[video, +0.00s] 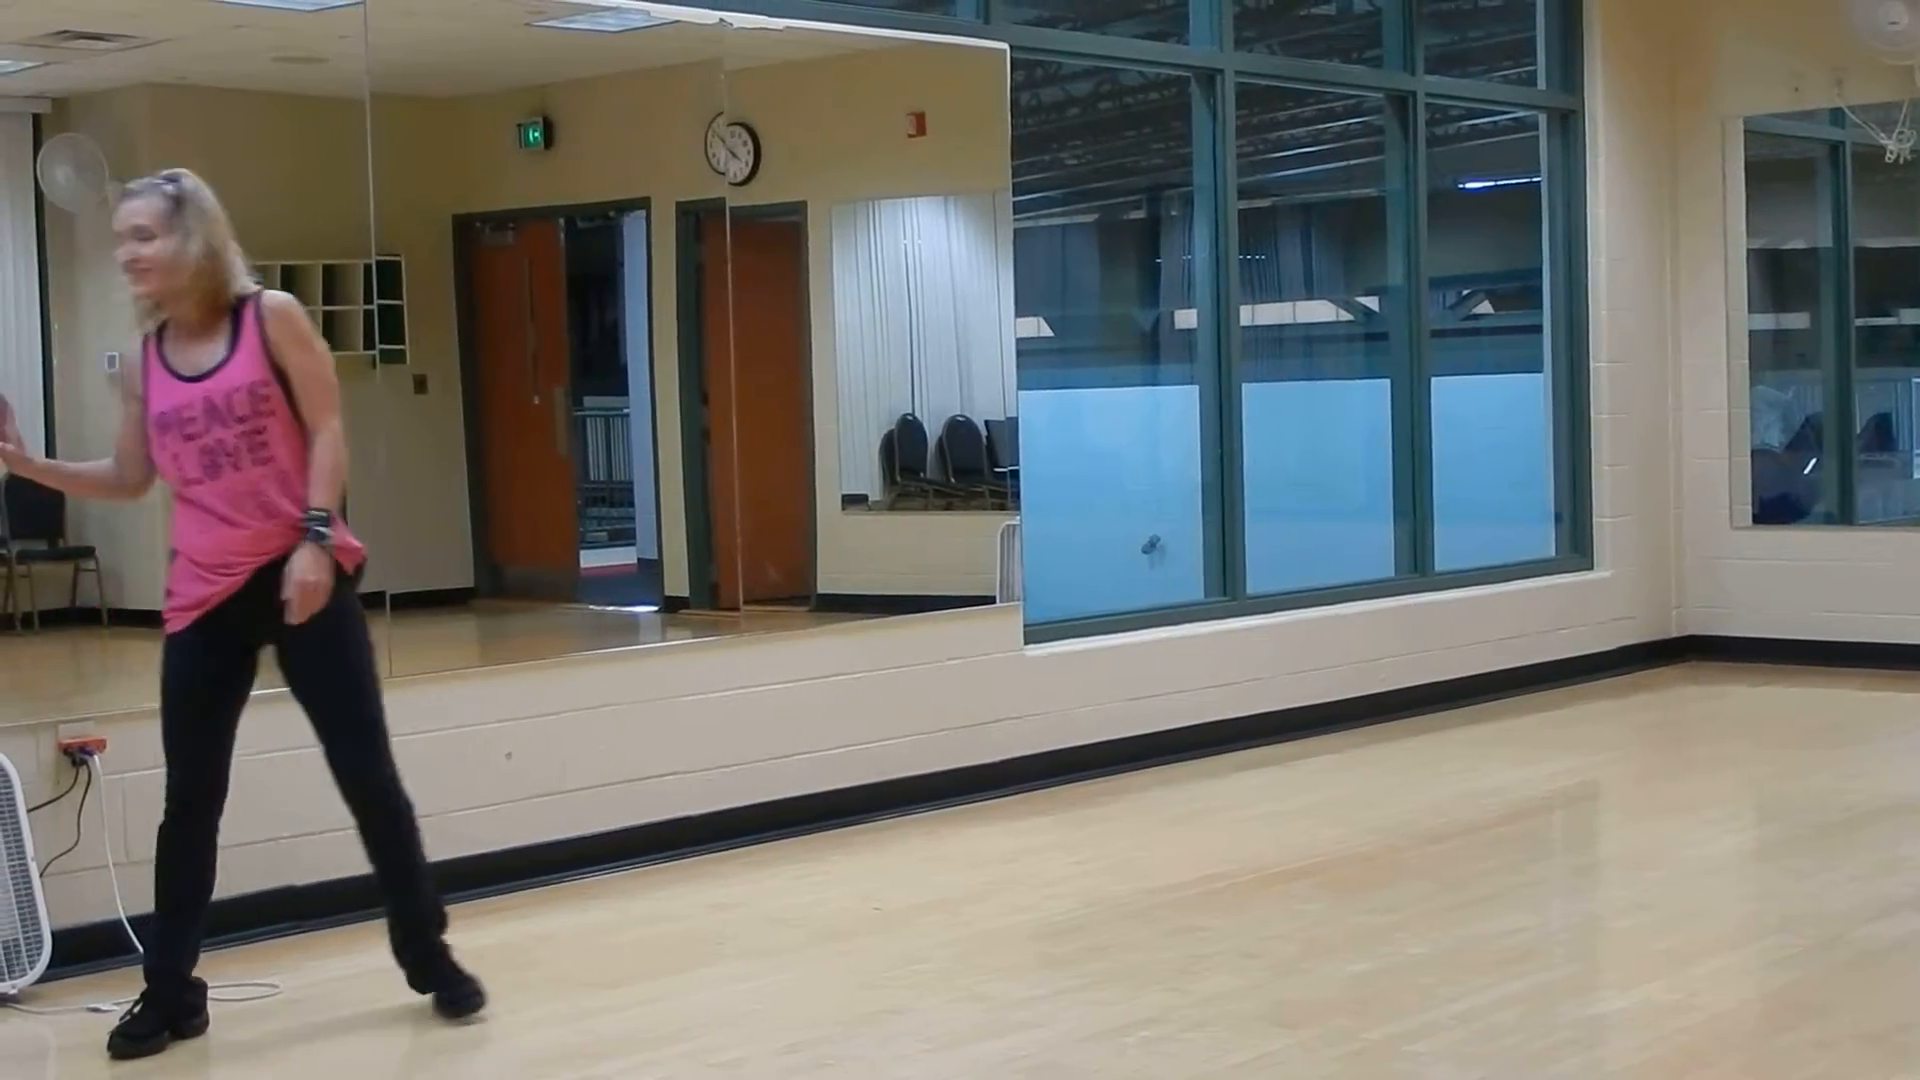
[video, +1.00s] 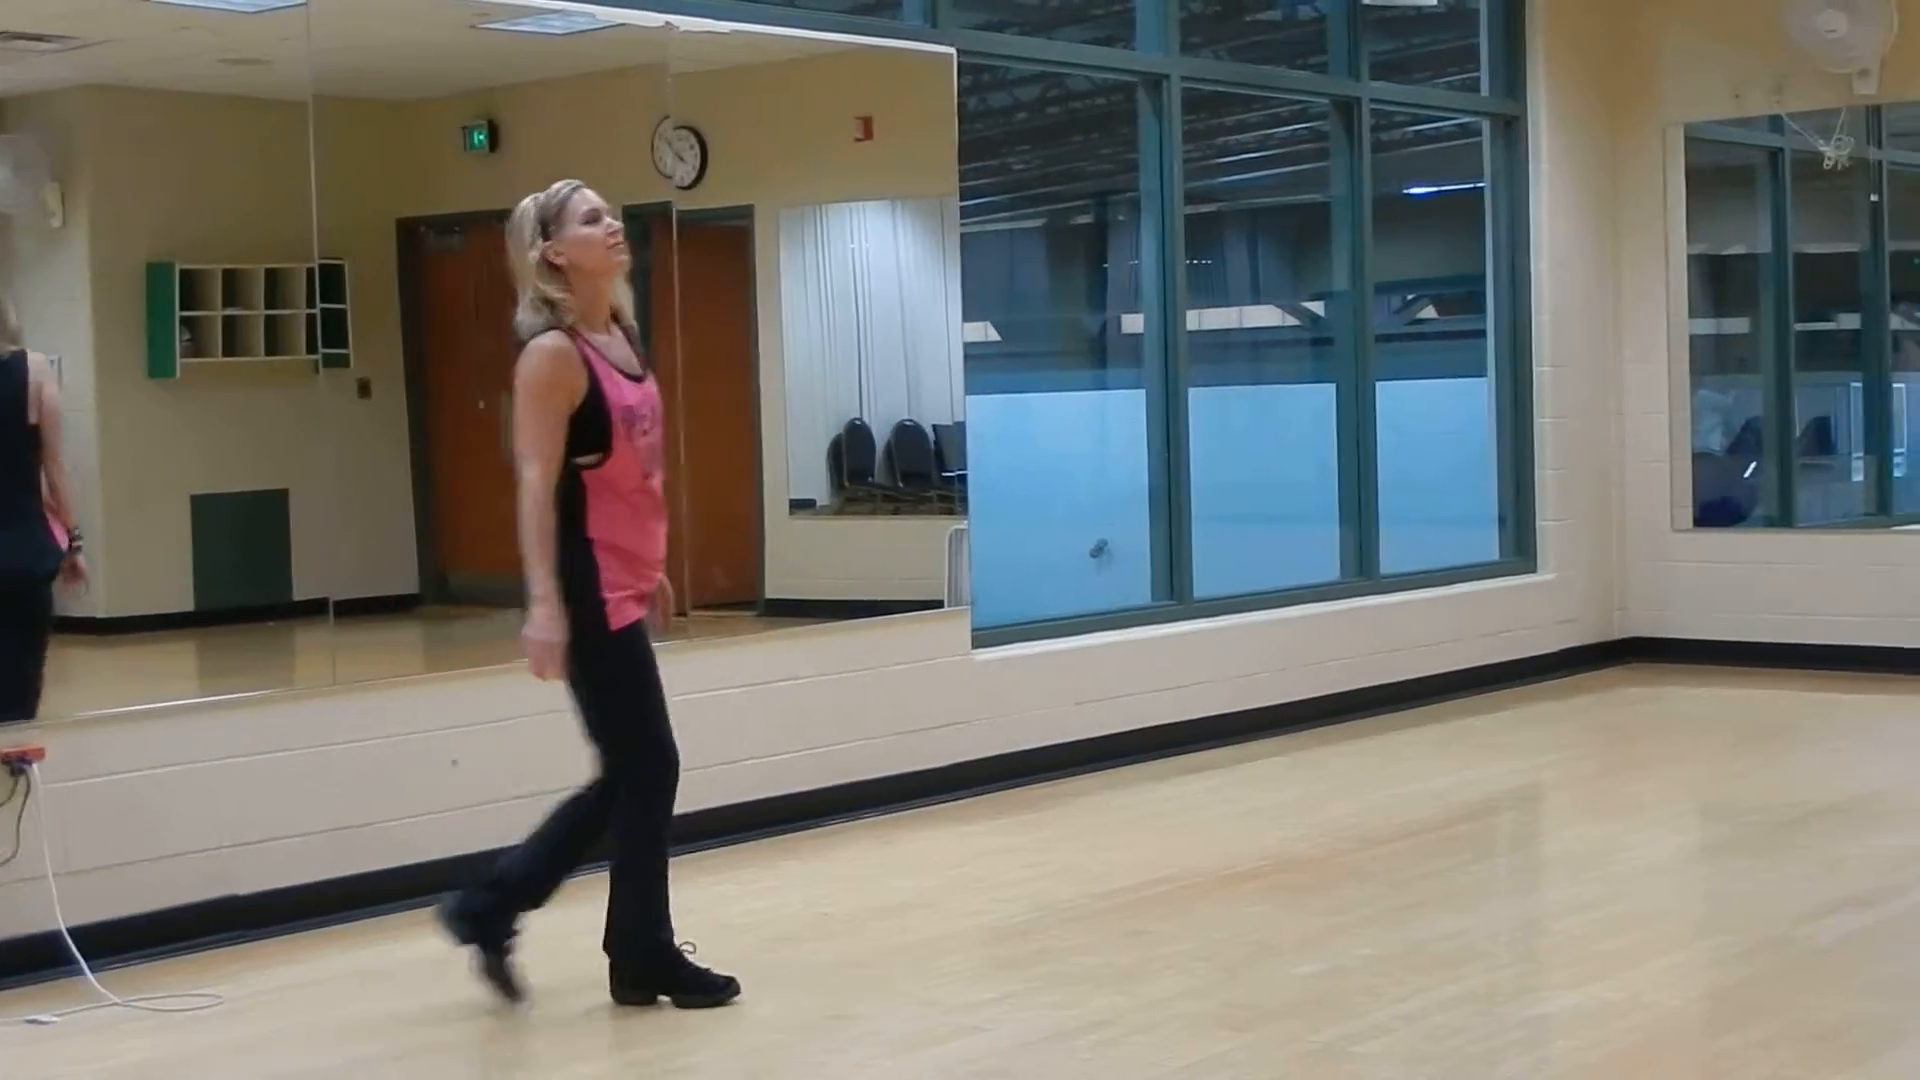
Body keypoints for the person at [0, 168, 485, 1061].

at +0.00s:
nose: (128, 255)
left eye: (144, 237)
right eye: (122, 241)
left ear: (196, 239)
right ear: (127, 256)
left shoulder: (274, 317)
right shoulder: (143, 358)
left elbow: (327, 426)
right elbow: (130, 479)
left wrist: (318, 539)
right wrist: (29, 464)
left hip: (303, 573)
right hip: (204, 593)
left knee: (369, 778)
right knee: (190, 796)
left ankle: (429, 955)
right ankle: (173, 990)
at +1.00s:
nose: (612, 223)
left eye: (611, 212)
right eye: (590, 218)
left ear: (617, 243)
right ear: (553, 255)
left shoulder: (621, 340)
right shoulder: (551, 356)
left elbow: (634, 472)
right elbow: (537, 482)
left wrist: (652, 568)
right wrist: (544, 599)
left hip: (626, 591)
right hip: (587, 596)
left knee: (631, 774)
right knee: (647, 766)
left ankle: (489, 906)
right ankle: (643, 959)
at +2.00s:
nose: (906, 121)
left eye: (901, 109)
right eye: (890, 111)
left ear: (874, 131)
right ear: (846, 129)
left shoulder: (906, 222)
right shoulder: (806, 223)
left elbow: (950, 324)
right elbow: (759, 332)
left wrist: (1008, 259)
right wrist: (742, 438)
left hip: (904, 445)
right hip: (835, 453)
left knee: (897, 622)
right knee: (896, 621)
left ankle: (885, 785)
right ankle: (842, 779)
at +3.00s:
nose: (816, 115)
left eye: (820, 101)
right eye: (802, 99)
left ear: (815, 110)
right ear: (753, 103)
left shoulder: (818, 195)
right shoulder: (707, 188)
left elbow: (813, 294)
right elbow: (683, 288)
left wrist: (831, 376)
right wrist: (711, 337)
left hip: (789, 432)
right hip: (709, 438)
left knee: (864, 604)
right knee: (711, 634)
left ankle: (834, 723)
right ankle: (710, 816)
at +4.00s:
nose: (730, 222)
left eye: (733, 208)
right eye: (717, 206)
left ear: (719, 215)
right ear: (664, 209)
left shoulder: (721, 285)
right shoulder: (590, 301)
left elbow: (776, 384)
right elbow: (543, 417)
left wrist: (866, 448)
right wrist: (600, 473)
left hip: (703, 528)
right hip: (623, 550)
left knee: (852, 629)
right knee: (649, 742)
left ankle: (772, 780)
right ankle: (620, 932)